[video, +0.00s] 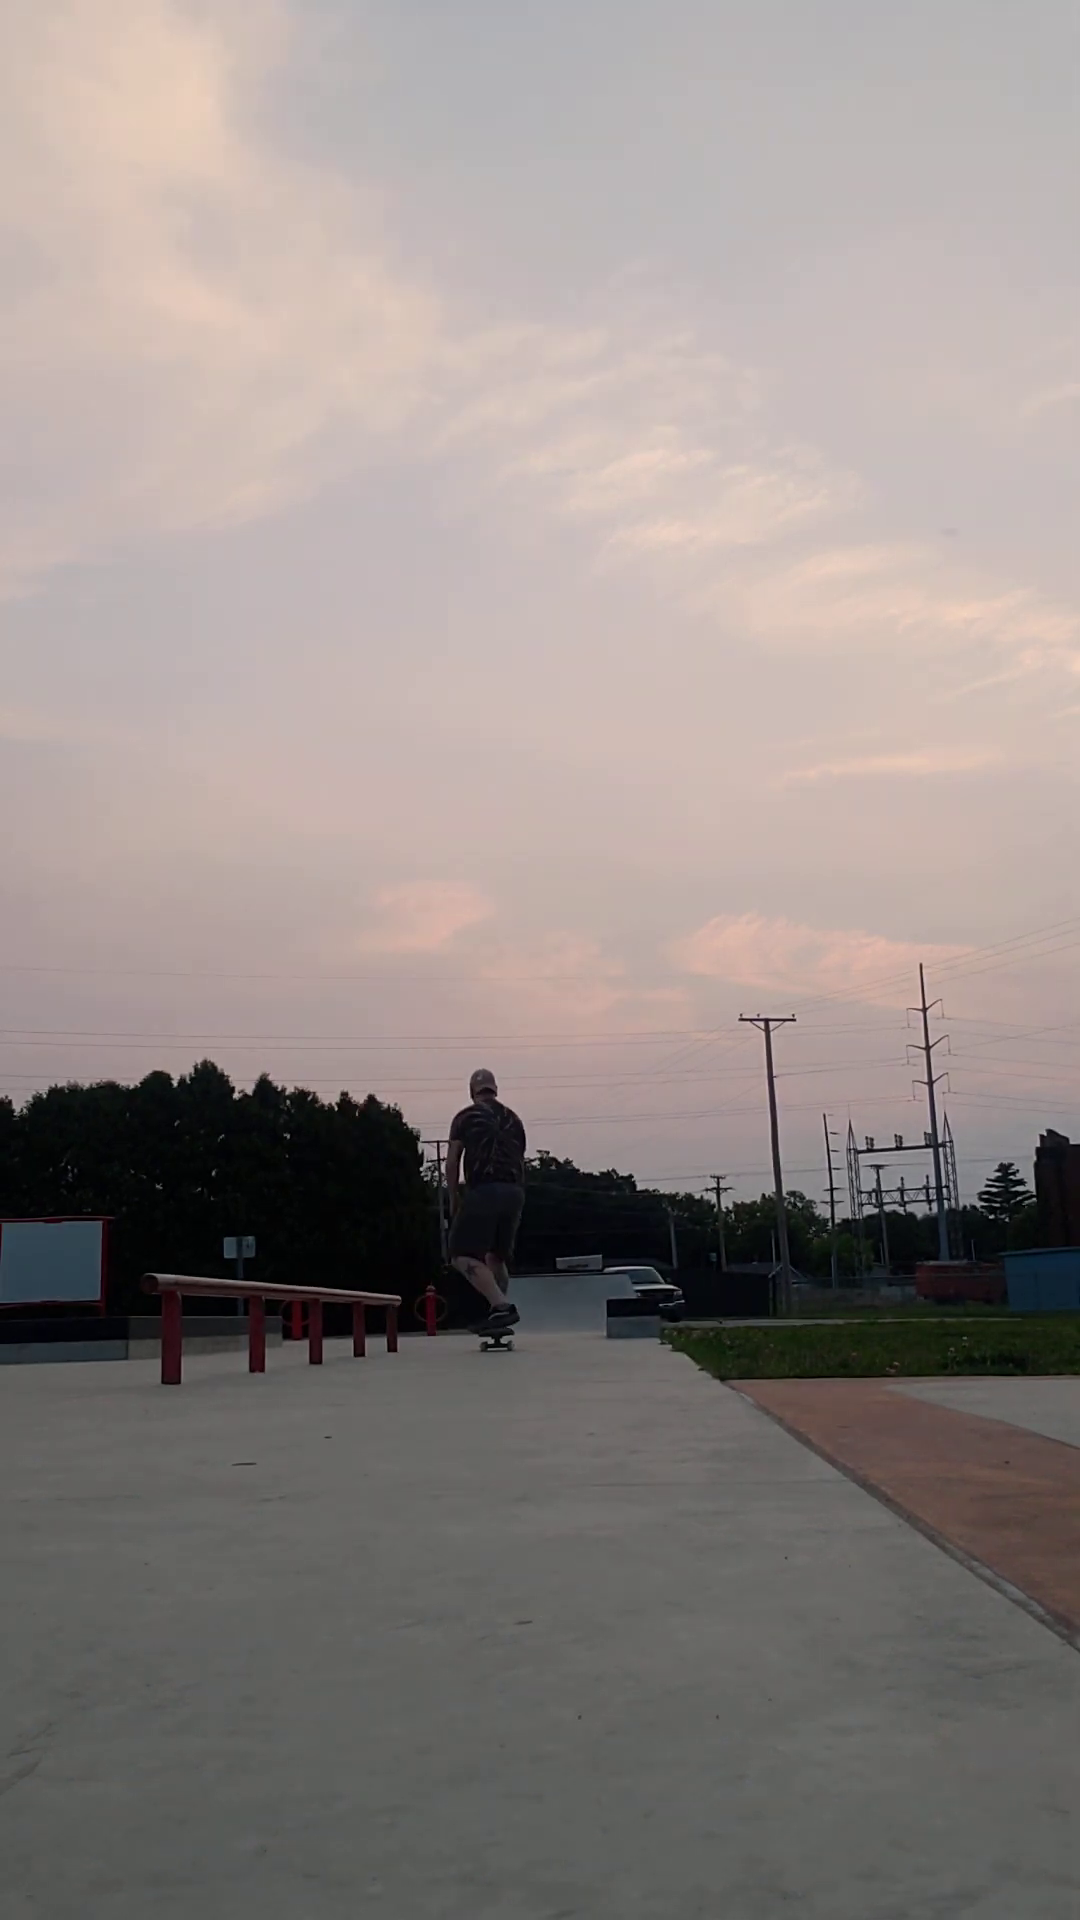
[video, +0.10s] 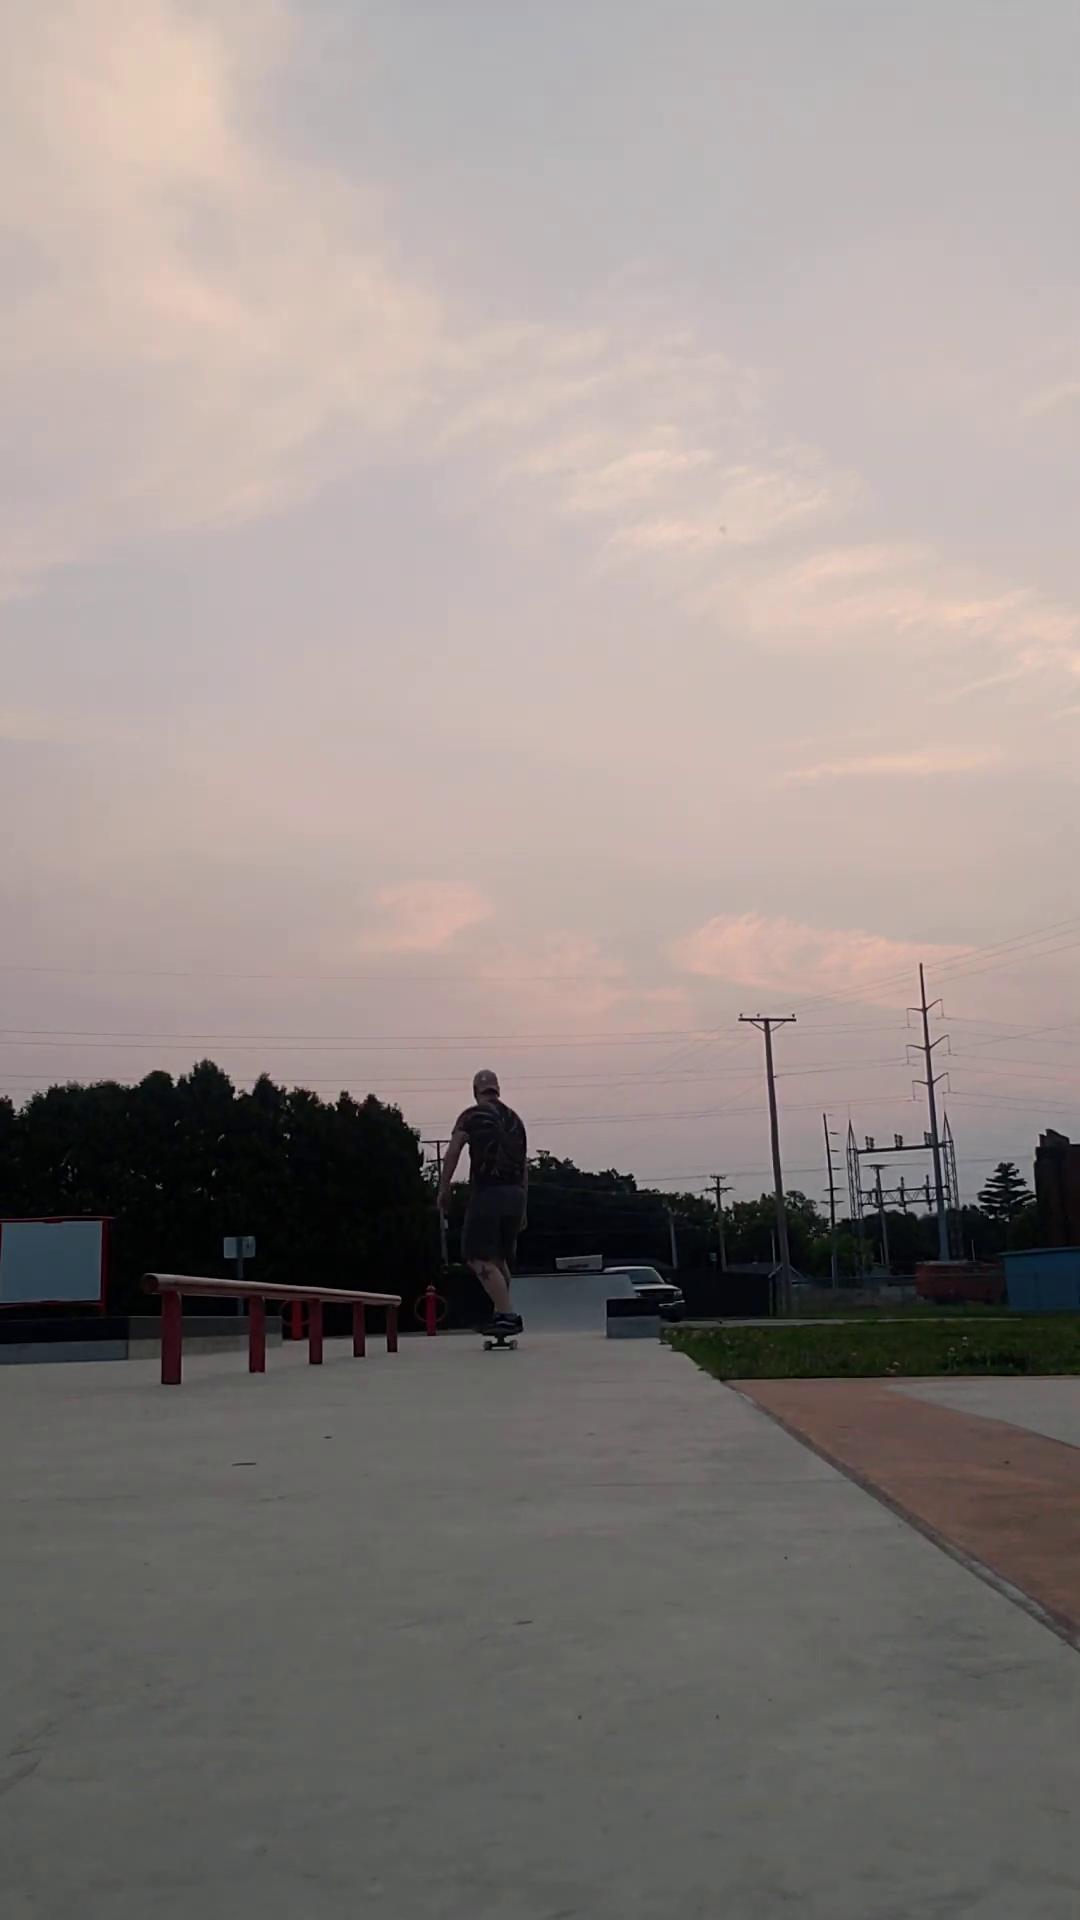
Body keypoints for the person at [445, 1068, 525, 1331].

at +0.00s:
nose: (479, 1094)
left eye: (474, 1090)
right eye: (485, 1091)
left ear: (472, 1090)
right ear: (496, 1090)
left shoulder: (465, 1117)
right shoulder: (514, 1119)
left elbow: (452, 1163)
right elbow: (519, 1163)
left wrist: (454, 1199)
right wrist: (515, 1193)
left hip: (481, 1193)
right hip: (513, 1194)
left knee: (461, 1255)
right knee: (497, 1257)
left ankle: (501, 1306)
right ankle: (497, 1321)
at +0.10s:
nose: (479, 1096)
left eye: (476, 1092)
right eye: (487, 1091)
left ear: (475, 1091)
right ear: (499, 1091)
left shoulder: (471, 1115)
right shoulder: (515, 1120)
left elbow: (453, 1153)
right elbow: (523, 1168)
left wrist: (445, 1187)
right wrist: (521, 1205)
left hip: (486, 1196)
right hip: (514, 1197)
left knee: (476, 1256)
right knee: (499, 1258)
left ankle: (508, 1315)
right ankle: (502, 1318)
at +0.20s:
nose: (484, 1100)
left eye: (480, 1095)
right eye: (492, 1094)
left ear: (479, 1094)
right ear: (501, 1094)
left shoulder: (477, 1116)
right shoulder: (518, 1123)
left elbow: (458, 1147)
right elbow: (526, 1170)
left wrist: (441, 1178)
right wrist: (527, 1207)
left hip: (491, 1194)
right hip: (516, 1197)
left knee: (482, 1257)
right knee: (499, 1258)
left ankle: (510, 1315)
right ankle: (504, 1316)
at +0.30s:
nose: (488, 1104)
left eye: (484, 1101)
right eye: (493, 1100)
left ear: (482, 1100)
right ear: (504, 1100)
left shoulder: (484, 1121)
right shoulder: (519, 1129)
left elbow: (469, 1147)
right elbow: (526, 1175)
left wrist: (443, 1176)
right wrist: (529, 1210)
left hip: (495, 1200)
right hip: (517, 1201)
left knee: (485, 1259)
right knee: (499, 1260)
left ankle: (512, 1316)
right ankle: (516, 1312)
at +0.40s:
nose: (490, 1110)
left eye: (487, 1106)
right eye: (496, 1106)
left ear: (485, 1107)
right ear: (506, 1106)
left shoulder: (488, 1127)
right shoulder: (520, 1134)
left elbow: (480, 1155)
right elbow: (526, 1180)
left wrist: (451, 1184)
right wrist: (528, 1214)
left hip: (497, 1204)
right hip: (518, 1205)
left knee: (488, 1260)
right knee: (504, 1262)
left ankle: (513, 1316)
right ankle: (517, 1313)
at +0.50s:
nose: (489, 1115)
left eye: (488, 1111)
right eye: (496, 1110)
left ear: (487, 1111)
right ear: (508, 1110)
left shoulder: (488, 1133)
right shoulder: (521, 1138)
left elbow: (483, 1165)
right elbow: (525, 1181)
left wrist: (464, 1199)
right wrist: (525, 1217)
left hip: (498, 1205)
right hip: (519, 1206)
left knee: (494, 1261)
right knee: (508, 1263)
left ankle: (516, 1316)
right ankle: (516, 1315)